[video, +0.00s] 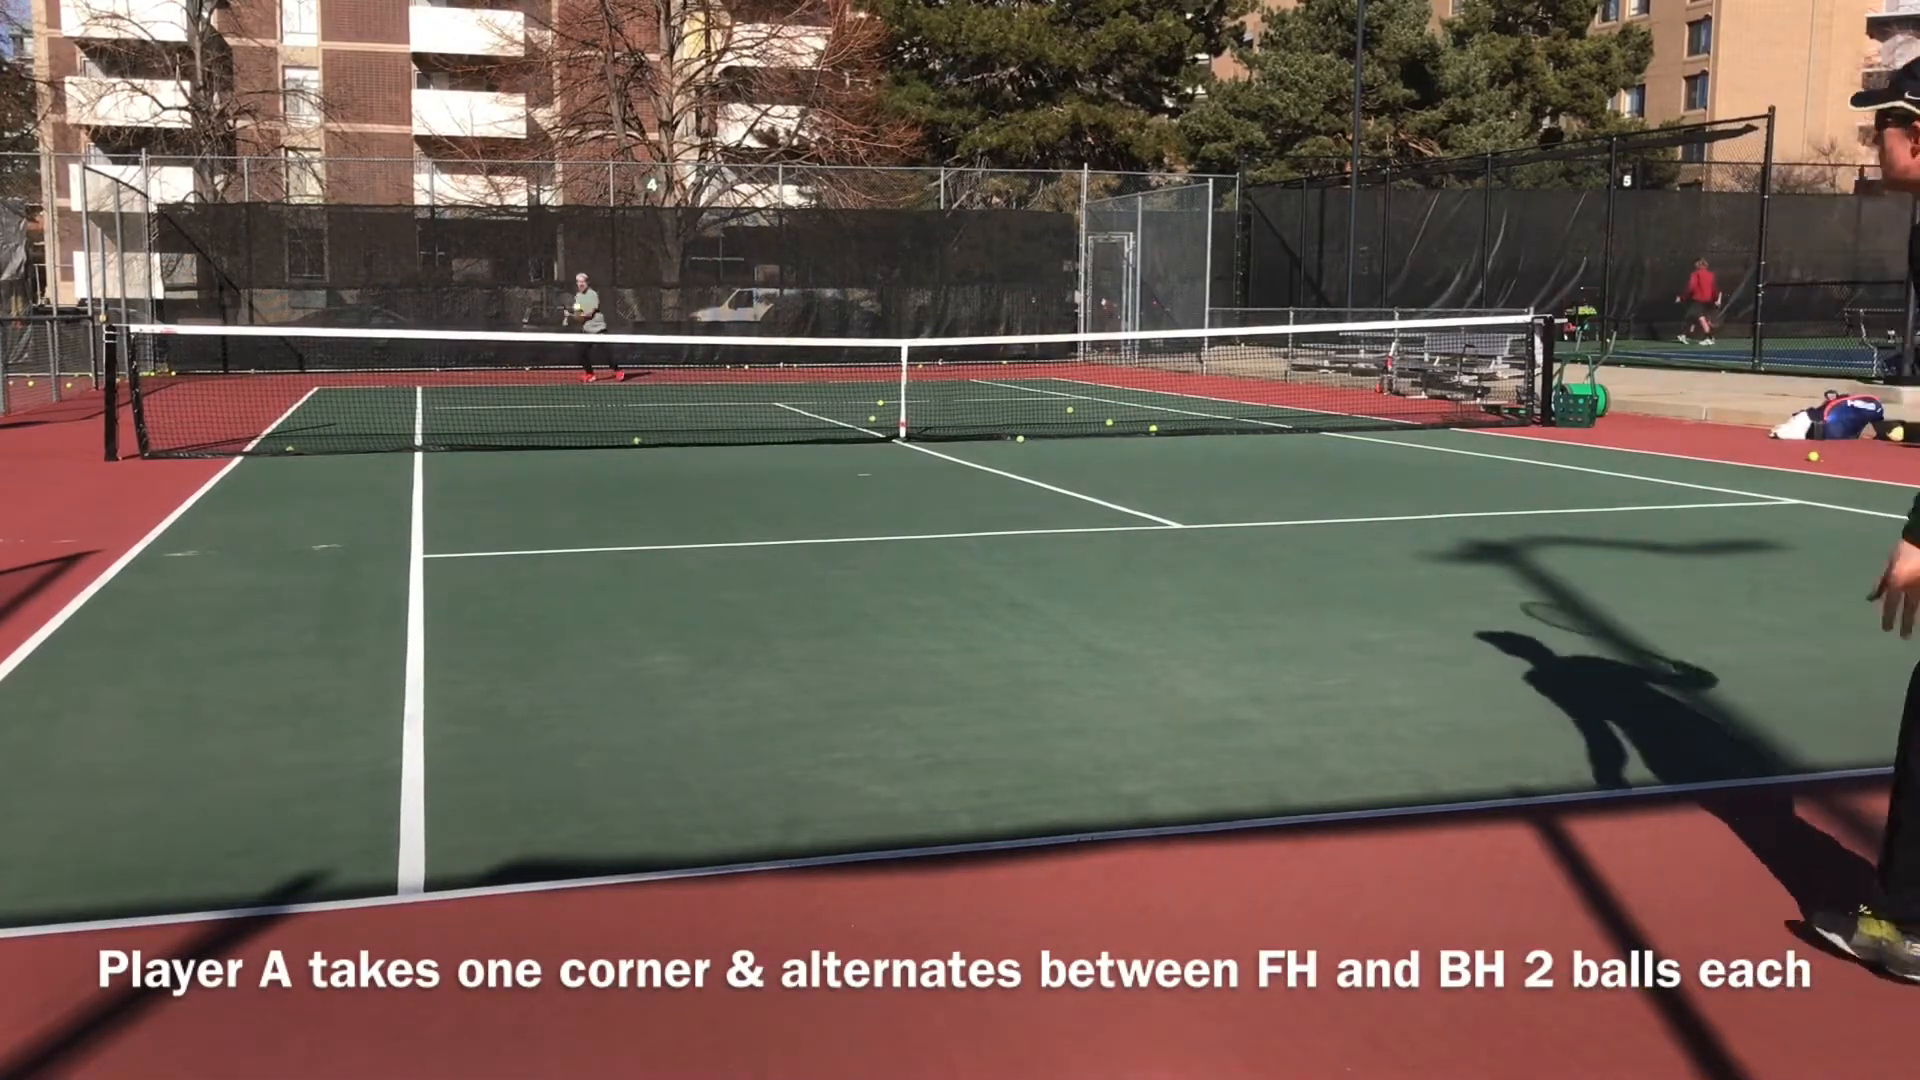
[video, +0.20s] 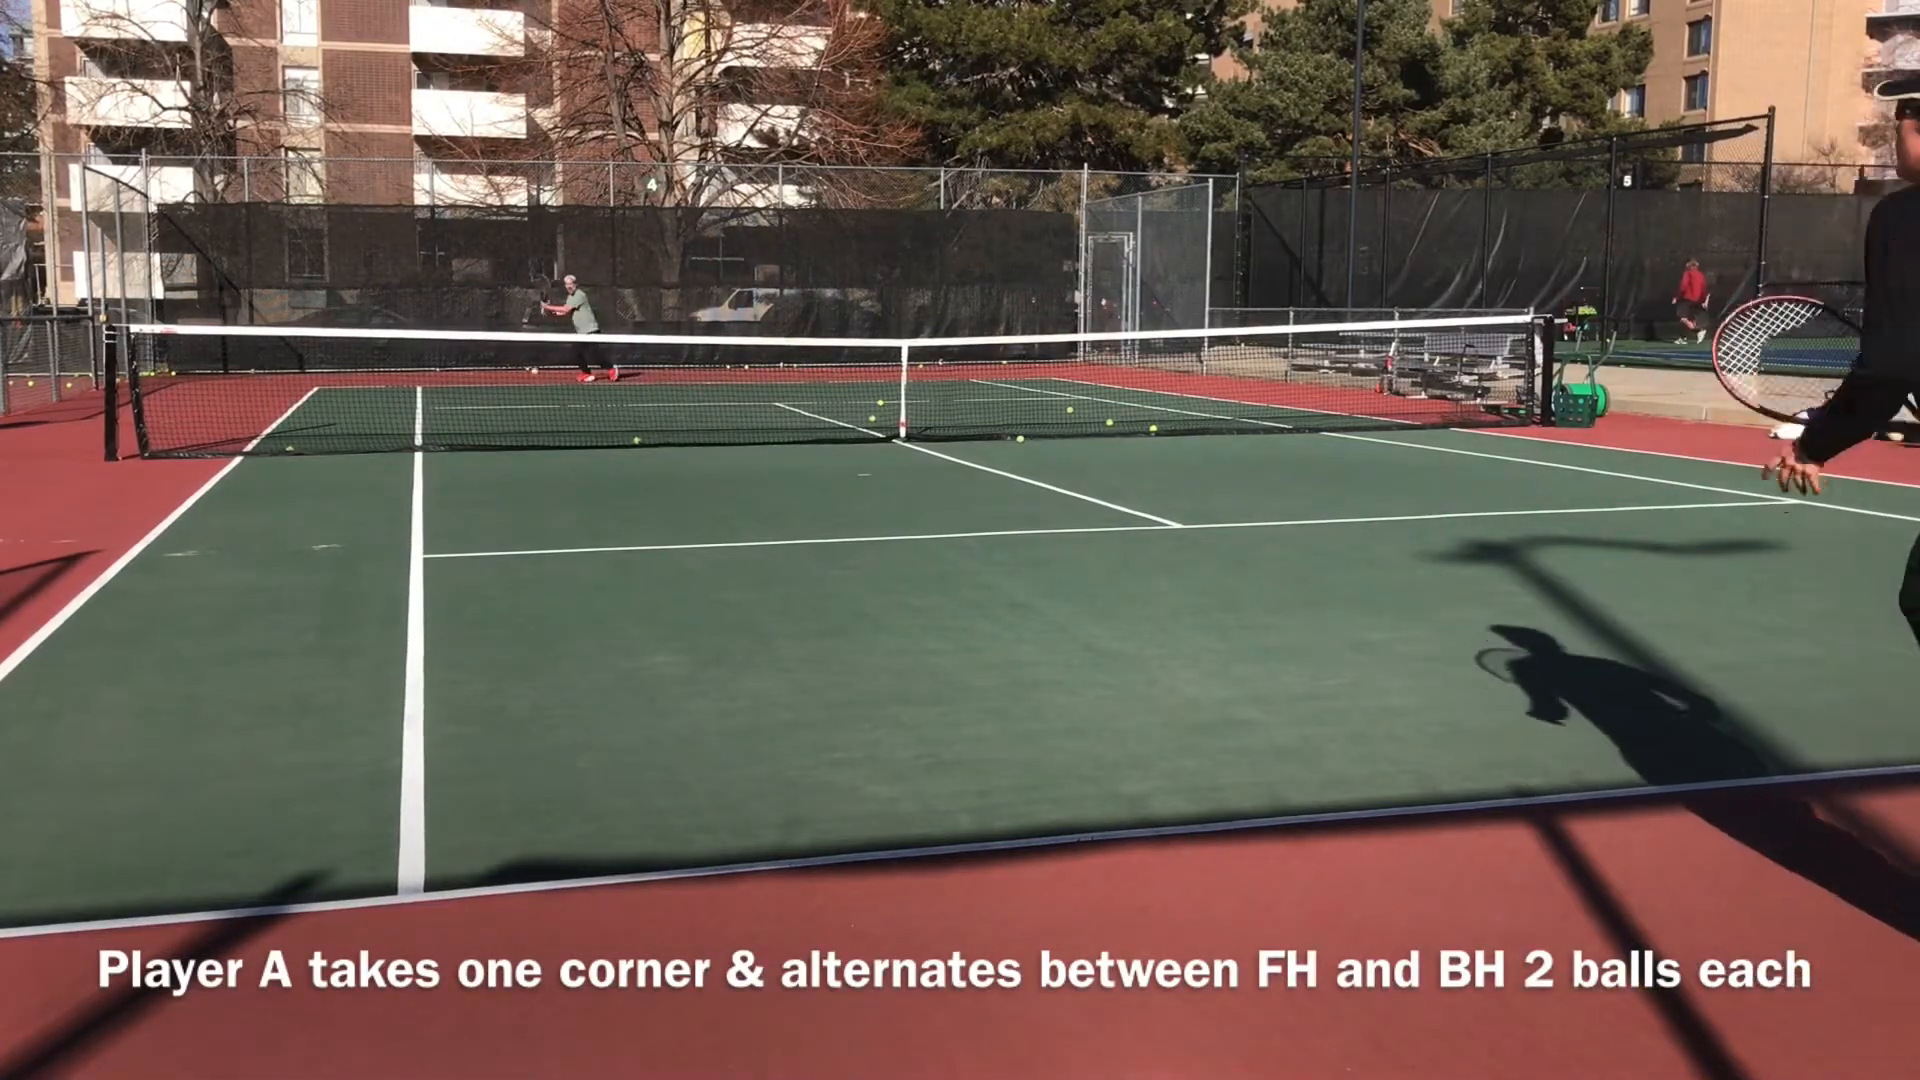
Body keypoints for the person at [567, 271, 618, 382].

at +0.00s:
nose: (580, 284)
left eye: (582, 281)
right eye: (578, 281)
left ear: (587, 282)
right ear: (576, 283)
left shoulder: (592, 294)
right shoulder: (578, 296)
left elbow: (591, 312)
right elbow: (577, 311)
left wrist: (579, 316)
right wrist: (570, 315)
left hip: (599, 326)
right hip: (587, 327)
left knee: (606, 349)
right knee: (582, 351)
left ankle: (617, 370)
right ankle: (589, 373)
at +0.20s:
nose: (569, 286)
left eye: (571, 283)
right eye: (567, 284)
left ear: (575, 284)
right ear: (565, 285)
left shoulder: (580, 295)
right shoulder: (570, 297)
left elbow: (566, 309)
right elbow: (565, 311)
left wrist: (547, 307)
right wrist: (552, 311)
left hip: (591, 330)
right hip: (581, 331)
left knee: (594, 352)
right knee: (578, 352)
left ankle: (611, 368)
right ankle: (586, 372)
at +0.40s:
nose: (554, 289)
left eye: (556, 286)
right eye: (553, 287)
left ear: (562, 286)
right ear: (552, 288)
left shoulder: (565, 296)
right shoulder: (563, 298)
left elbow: (555, 311)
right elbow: (556, 314)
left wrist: (538, 317)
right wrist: (540, 316)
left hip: (577, 330)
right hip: (573, 330)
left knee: (565, 350)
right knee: (571, 354)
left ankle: (562, 374)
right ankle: (585, 373)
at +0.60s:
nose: (540, 290)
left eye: (542, 287)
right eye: (539, 288)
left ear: (548, 287)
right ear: (545, 288)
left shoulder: (552, 297)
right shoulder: (552, 297)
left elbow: (547, 313)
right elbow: (549, 316)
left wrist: (535, 321)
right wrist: (544, 329)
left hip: (560, 331)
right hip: (561, 331)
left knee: (546, 352)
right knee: (560, 355)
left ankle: (547, 375)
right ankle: (581, 371)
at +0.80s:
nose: (533, 285)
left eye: (534, 282)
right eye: (531, 283)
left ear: (540, 280)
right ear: (532, 283)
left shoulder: (551, 289)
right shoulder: (536, 292)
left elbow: (562, 299)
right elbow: (535, 306)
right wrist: (528, 318)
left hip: (553, 324)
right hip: (542, 325)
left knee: (545, 350)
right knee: (546, 350)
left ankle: (547, 373)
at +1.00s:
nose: (537, 277)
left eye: (539, 274)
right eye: (536, 275)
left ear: (542, 275)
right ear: (536, 276)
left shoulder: (551, 287)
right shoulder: (534, 288)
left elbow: (564, 297)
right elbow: (525, 287)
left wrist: (569, 293)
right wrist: (529, 274)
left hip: (547, 323)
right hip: (535, 322)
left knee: (544, 348)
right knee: (536, 347)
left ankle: (545, 372)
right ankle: (535, 368)